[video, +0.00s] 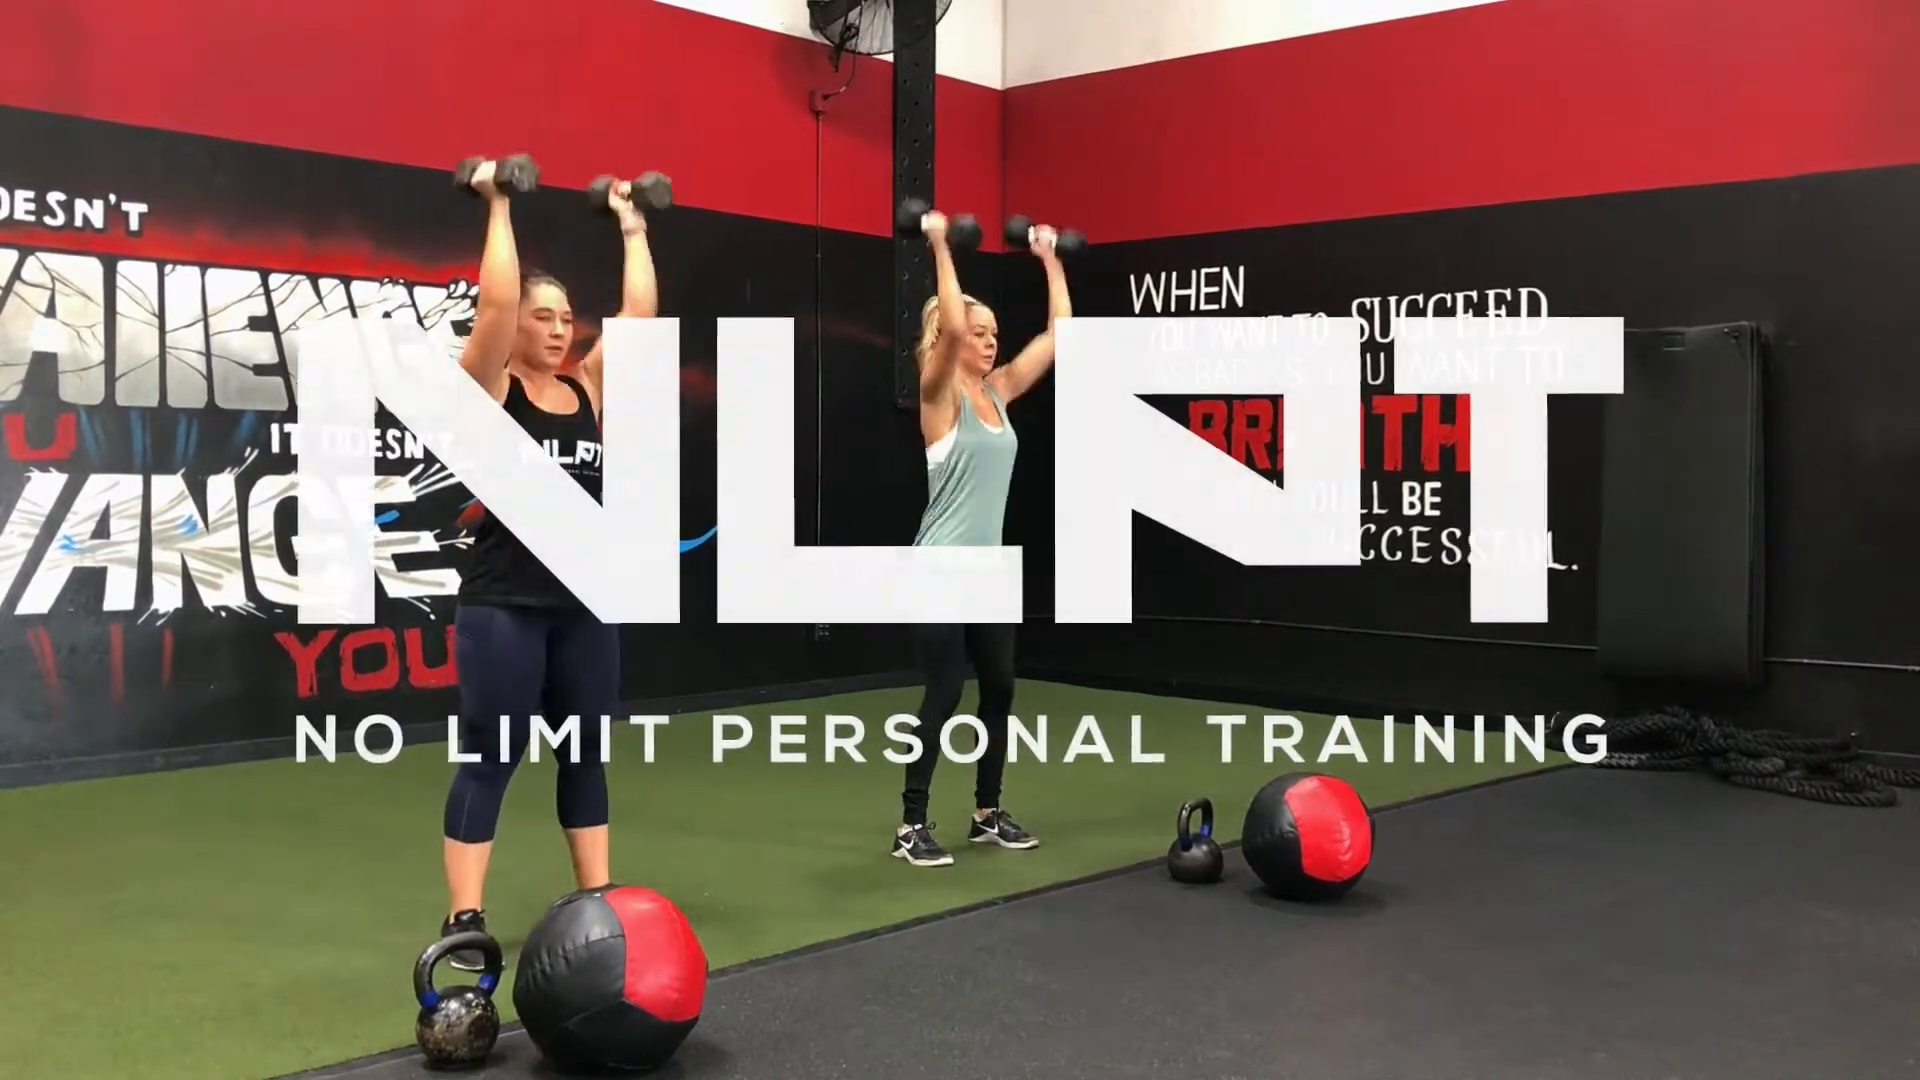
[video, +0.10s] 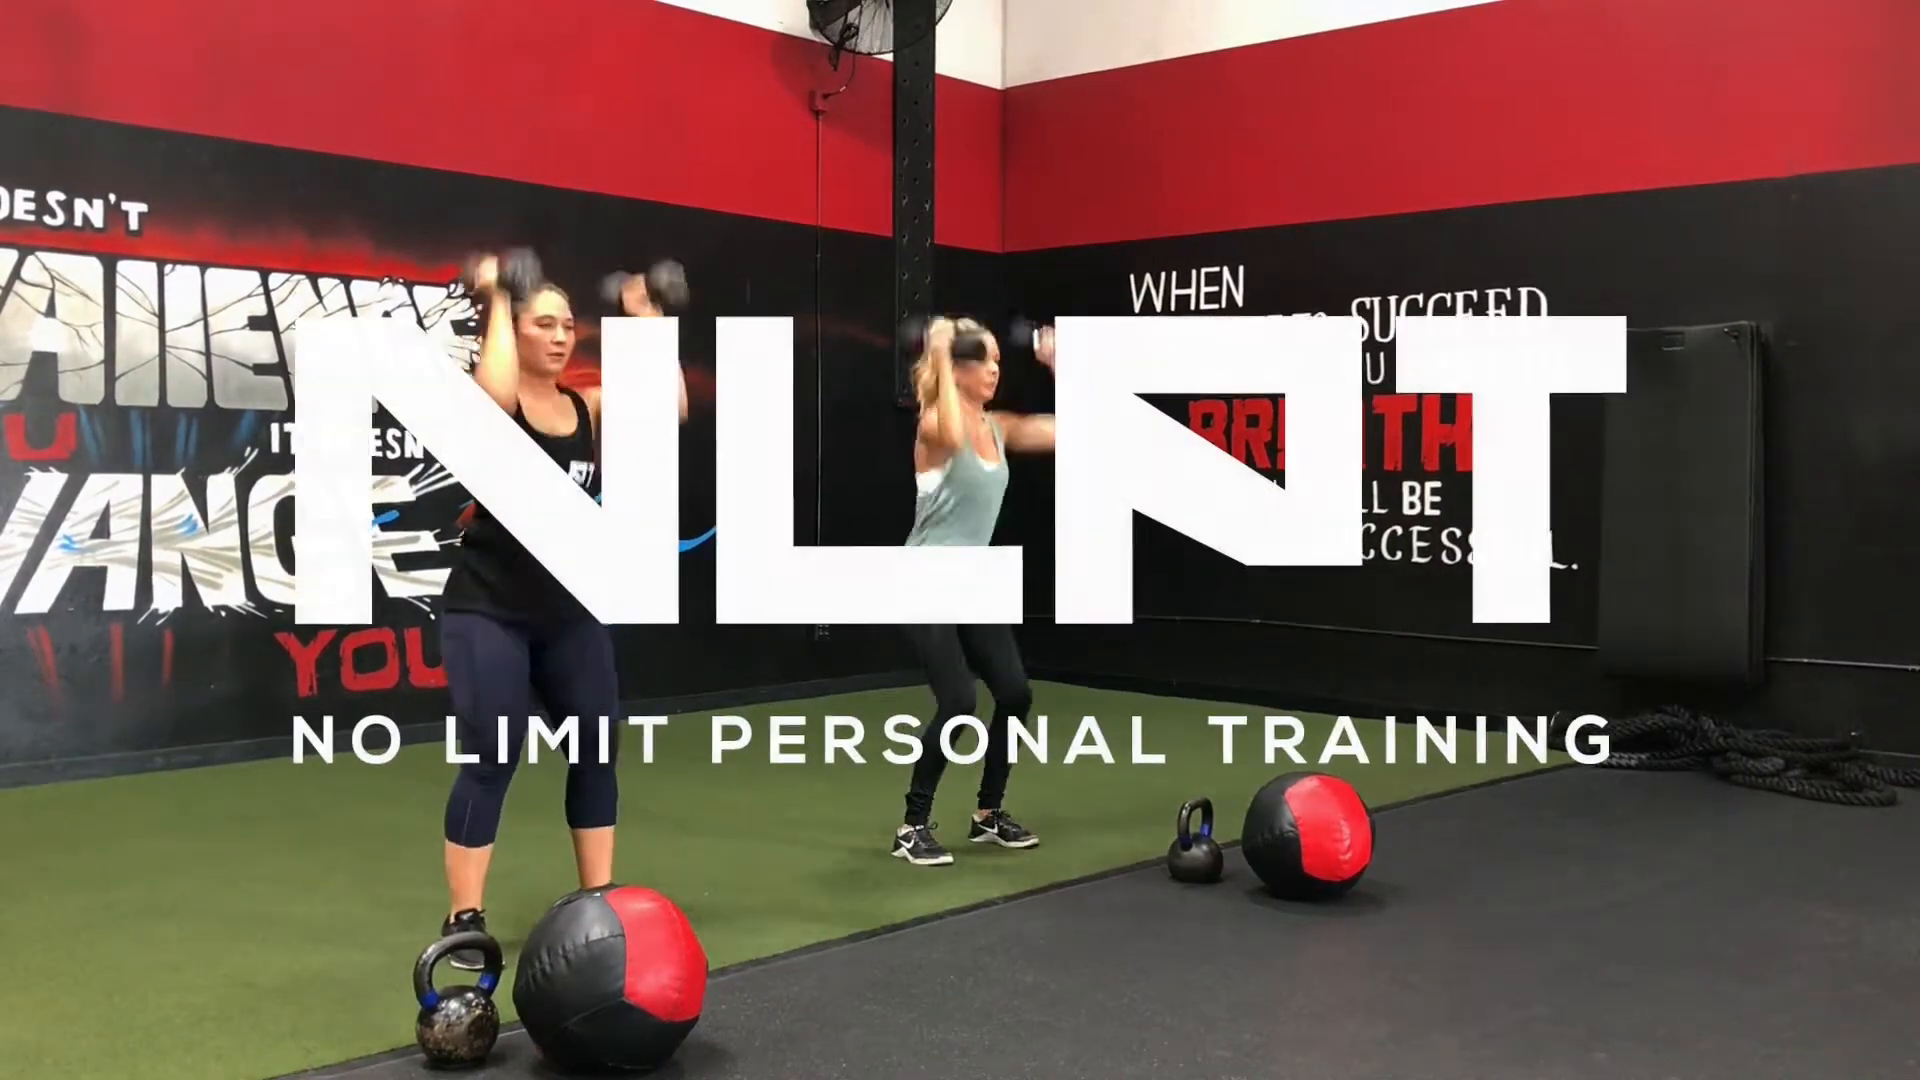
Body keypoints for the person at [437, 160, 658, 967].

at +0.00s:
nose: (556, 327)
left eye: (564, 316)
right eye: (541, 314)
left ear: (577, 326)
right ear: (510, 319)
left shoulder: (593, 386)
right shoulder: (486, 387)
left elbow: (639, 312)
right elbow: (499, 306)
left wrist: (631, 223)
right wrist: (498, 202)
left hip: (587, 603)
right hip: (503, 605)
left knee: (586, 754)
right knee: (489, 756)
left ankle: (597, 909)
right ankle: (466, 923)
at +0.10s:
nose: (560, 334)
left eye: (568, 322)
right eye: (543, 322)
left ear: (577, 332)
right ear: (511, 332)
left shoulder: (592, 407)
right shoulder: (491, 400)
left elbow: (671, 405)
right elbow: (496, 389)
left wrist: (645, 320)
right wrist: (497, 299)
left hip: (574, 606)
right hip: (488, 607)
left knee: (594, 747)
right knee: (491, 753)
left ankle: (599, 910)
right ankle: (466, 923)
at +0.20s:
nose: (574, 402)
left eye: (579, 391)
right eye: (558, 391)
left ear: (588, 402)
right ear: (519, 402)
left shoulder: (589, 472)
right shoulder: (489, 464)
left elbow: (623, 544)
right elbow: (500, 552)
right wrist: (526, 466)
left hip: (548, 637)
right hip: (469, 638)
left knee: (620, 744)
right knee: (489, 761)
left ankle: (596, 904)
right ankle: (465, 921)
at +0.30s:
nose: (573, 498)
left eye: (583, 486)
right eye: (561, 486)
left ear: (596, 496)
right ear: (531, 492)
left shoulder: (605, 555)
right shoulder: (493, 557)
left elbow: (635, 658)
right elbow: (500, 667)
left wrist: (628, 554)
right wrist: (508, 568)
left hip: (540, 699)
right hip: (455, 698)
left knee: (639, 763)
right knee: (491, 786)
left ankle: (598, 910)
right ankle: (464, 928)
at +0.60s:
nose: (577, 421)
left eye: (580, 409)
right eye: (561, 410)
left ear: (587, 420)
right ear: (522, 422)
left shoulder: (584, 486)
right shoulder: (490, 484)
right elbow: (509, 579)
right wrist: (538, 494)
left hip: (547, 649)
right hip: (467, 652)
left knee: (629, 753)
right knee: (492, 768)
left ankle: (598, 908)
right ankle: (464, 927)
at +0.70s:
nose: (565, 354)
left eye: (569, 341)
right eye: (552, 341)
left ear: (574, 348)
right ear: (515, 348)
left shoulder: (589, 418)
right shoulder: (483, 417)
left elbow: (671, 451)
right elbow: (503, 452)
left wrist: (650, 381)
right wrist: (507, 361)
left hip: (566, 606)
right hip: (482, 609)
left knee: (604, 742)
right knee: (491, 756)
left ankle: (598, 909)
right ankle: (465, 926)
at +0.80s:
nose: (552, 324)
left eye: (561, 313)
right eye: (537, 313)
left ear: (573, 326)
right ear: (505, 324)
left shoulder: (593, 392)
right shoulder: (484, 392)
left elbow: (648, 335)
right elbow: (501, 318)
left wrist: (637, 247)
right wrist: (503, 221)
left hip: (582, 603)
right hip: (498, 607)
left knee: (583, 758)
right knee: (486, 762)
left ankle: (599, 910)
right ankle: (466, 924)